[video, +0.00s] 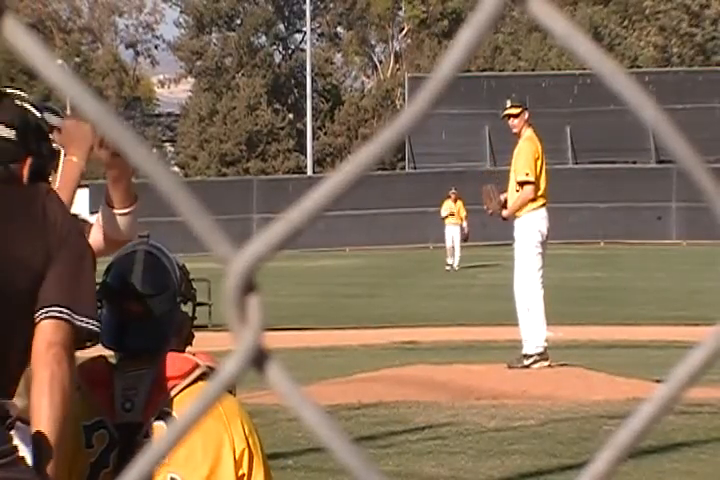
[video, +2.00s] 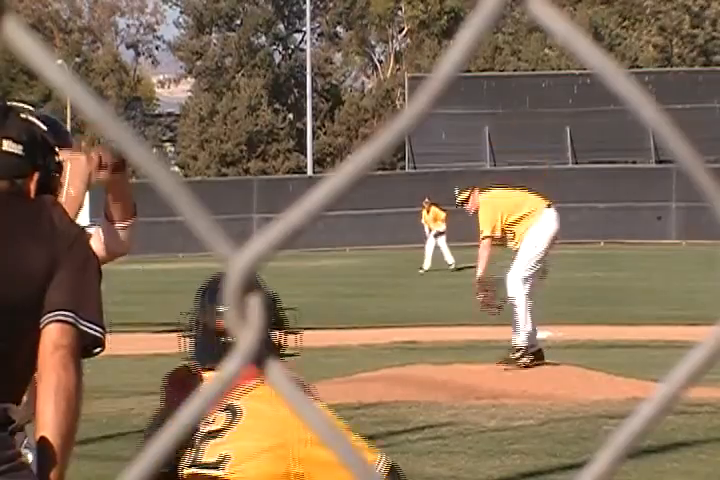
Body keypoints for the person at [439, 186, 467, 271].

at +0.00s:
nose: (453, 196)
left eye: (454, 194)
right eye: (452, 194)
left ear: (456, 195)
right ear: (449, 194)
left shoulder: (459, 203)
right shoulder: (446, 203)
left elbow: (463, 214)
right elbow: (442, 214)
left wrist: (465, 226)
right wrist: (448, 212)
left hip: (457, 224)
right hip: (449, 224)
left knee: (457, 244)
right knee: (449, 244)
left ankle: (456, 263)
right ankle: (449, 261)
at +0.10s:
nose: (453, 195)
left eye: (454, 193)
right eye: (451, 193)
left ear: (456, 195)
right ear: (449, 194)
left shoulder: (459, 203)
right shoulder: (446, 203)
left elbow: (463, 214)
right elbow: (443, 212)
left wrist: (464, 224)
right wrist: (445, 219)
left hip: (456, 224)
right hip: (449, 224)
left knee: (456, 244)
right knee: (448, 244)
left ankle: (457, 262)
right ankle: (449, 262)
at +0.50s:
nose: (445, 196)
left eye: (447, 194)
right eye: (444, 194)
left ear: (449, 195)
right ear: (442, 195)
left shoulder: (454, 203)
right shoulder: (441, 205)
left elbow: (458, 215)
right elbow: (439, 218)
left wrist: (458, 225)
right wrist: (437, 229)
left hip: (453, 225)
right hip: (445, 225)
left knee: (453, 244)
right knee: (445, 245)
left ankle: (456, 262)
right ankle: (447, 263)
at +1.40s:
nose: (439, 195)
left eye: (441, 193)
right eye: (438, 193)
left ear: (443, 194)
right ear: (435, 194)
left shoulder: (446, 203)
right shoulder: (434, 204)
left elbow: (450, 217)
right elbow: (432, 216)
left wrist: (446, 229)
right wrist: (428, 228)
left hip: (444, 225)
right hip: (437, 225)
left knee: (444, 246)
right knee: (433, 244)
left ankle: (444, 265)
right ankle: (437, 260)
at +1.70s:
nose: (430, 201)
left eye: (432, 199)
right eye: (429, 199)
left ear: (435, 199)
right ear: (428, 200)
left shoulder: (440, 207)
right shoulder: (429, 208)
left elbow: (445, 223)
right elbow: (428, 220)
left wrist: (441, 230)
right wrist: (425, 231)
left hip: (441, 228)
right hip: (433, 229)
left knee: (442, 248)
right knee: (430, 248)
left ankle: (443, 265)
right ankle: (427, 265)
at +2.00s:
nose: (426, 205)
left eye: (427, 203)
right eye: (425, 203)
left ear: (430, 204)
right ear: (423, 204)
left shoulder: (434, 209)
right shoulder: (424, 212)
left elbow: (443, 214)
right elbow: (424, 222)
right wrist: (427, 232)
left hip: (440, 230)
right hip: (432, 231)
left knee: (443, 247)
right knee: (428, 248)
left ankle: (451, 262)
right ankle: (426, 266)